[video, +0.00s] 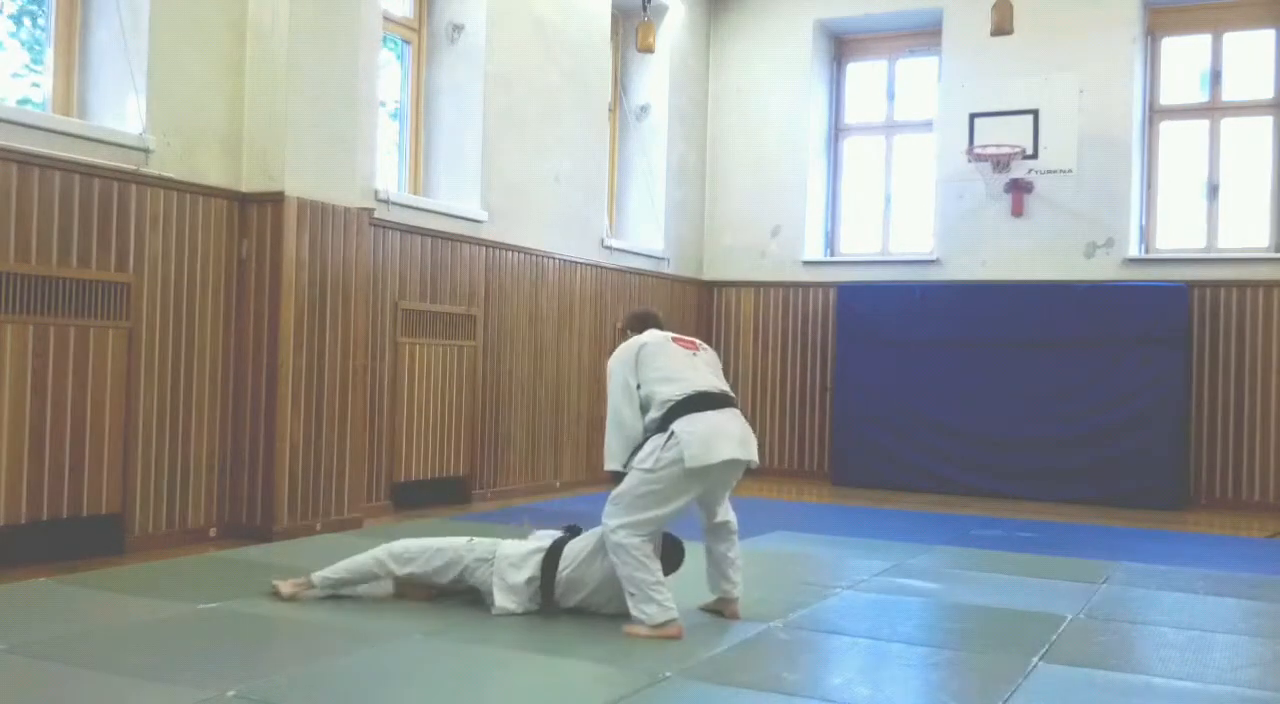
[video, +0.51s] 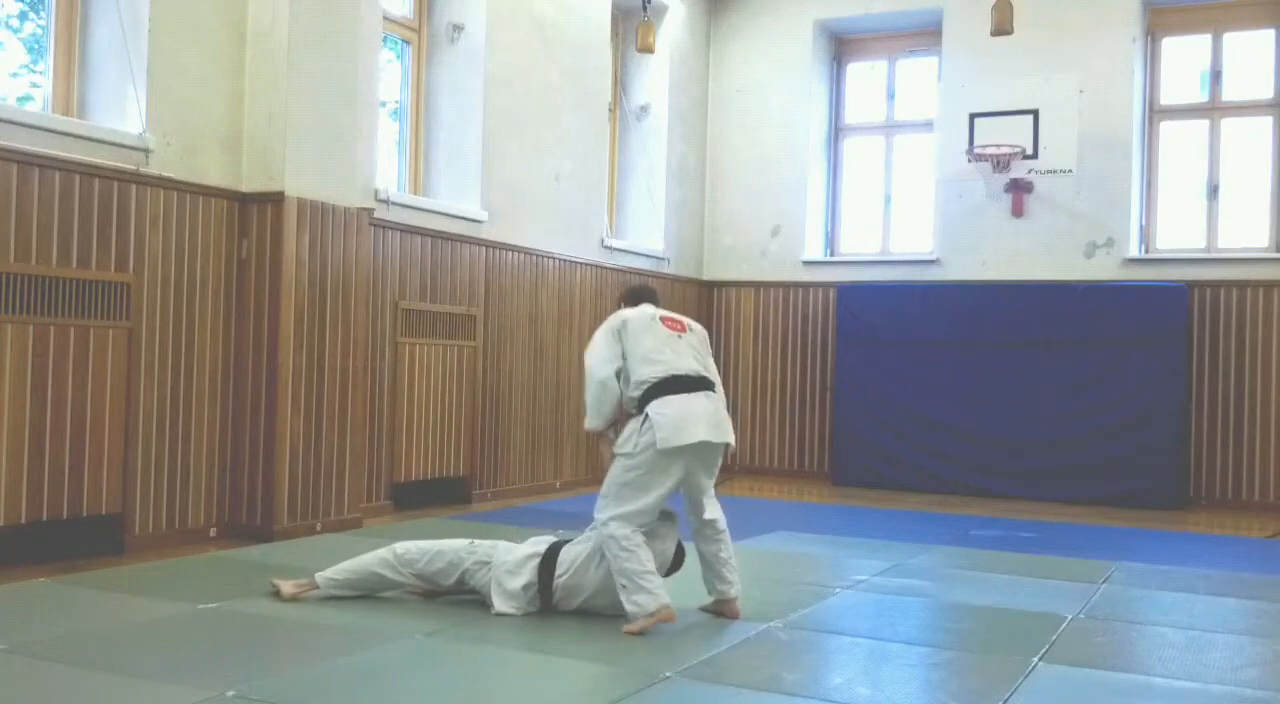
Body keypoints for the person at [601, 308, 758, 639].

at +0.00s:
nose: (619, 341)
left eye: (620, 336)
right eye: (619, 336)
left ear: (628, 333)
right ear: (660, 329)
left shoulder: (627, 350)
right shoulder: (698, 345)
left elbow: (624, 416)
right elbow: (719, 394)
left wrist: (618, 474)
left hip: (688, 438)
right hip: (737, 433)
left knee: (621, 521)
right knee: (716, 505)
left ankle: (658, 618)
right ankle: (728, 598)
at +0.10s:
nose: (618, 340)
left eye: (619, 335)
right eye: (618, 335)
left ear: (627, 332)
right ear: (661, 328)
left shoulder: (624, 349)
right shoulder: (697, 344)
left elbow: (621, 416)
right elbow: (716, 393)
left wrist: (616, 472)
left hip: (684, 435)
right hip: (733, 432)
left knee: (621, 522)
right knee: (714, 505)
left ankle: (658, 617)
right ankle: (728, 598)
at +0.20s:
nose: (619, 338)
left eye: (620, 333)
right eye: (620, 333)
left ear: (627, 331)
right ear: (660, 327)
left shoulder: (622, 348)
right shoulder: (696, 344)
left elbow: (618, 412)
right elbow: (714, 392)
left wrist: (614, 468)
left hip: (679, 433)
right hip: (730, 430)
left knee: (620, 523)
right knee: (712, 505)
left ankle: (658, 616)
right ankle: (728, 598)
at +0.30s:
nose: (618, 336)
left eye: (619, 331)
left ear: (624, 328)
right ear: (657, 324)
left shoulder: (619, 345)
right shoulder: (692, 341)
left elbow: (616, 413)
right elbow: (710, 391)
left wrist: (616, 469)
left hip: (676, 431)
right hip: (726, 427)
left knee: (618, 521)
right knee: (711, 505)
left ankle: (657, 614)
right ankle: (727, 598)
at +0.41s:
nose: (619, 326)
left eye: (620, 322)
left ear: (624, 319)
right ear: (657, 317)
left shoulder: (617, 336)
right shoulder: (691, 335)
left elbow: (611, 399)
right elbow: (707, 386)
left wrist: (614, 452)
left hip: (671, 426)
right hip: (721, 422)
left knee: (616, 520)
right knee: (708, 502)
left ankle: (656, 613)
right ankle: (727, 597)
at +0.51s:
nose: (618, 314)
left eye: (618, 310)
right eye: (620, 310)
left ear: (624, 306)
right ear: (656, 304)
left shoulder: (618, 321)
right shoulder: (692, 326)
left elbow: (601, 368)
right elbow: (715, 381)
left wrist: (599, 424)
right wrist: (726, 432)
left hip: (663, 419)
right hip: (712, 417)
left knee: (613, 515)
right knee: (704, 504)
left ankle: (651, 604)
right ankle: (727, 597)